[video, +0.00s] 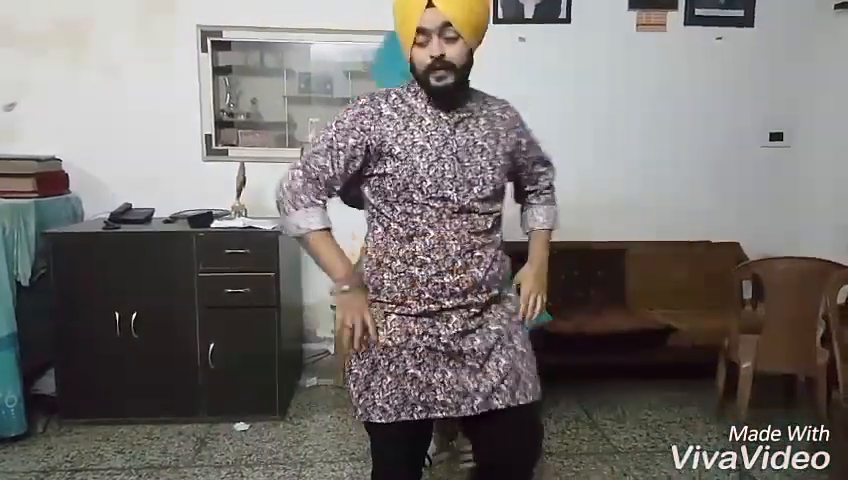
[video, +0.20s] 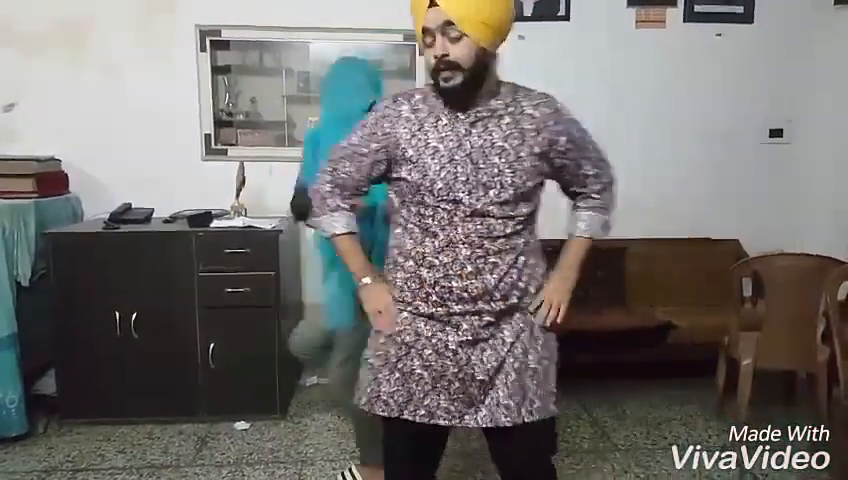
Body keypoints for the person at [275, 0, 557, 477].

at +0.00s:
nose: (437, 50)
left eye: (451, 36)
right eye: (423, 38)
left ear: (473, 43)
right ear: (407, 46)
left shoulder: (501, 119)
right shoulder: (372, 117)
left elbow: (539, 183)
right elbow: (298, 193)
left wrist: (538, 261)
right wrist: (347, 284)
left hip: (489, 330)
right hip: (396, 334)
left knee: (515, 462)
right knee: (397, 471)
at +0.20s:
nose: (438, 50)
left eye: (453, 34)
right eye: (429, 38)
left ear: (489, 38)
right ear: (420, 45)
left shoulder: (538, 117)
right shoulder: (397, 116)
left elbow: (596, 187)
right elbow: (328, 190)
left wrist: (564, 276)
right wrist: (366, 280)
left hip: (511, 338)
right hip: (413, 337)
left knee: (531, 472)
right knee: (405, 473)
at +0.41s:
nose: (455, 49)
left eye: (467, 33)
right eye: (452, 35)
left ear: (514, 33)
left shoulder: (581, 116)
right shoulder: (439, 113)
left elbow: (661, 199)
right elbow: (382, 186)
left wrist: (606, 291)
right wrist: (406, 274)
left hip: (545, 345)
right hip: (448, 341)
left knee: (549, 472)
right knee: (433, 471)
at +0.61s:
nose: (476, 45)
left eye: (487, 30)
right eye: (477, 31)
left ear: (535, 32)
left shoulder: (605, 116)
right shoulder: (477, 110)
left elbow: (691, 214)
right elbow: (439, 184)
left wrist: (625, 306)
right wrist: (444, 265)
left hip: (562, 345)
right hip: (471, 338)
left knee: (566, 472)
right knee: (458, 471)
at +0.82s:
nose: (475, 47)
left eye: (483, 32)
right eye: (477, 32)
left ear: (526, 33)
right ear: (521, 35)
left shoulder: (598, 115)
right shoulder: (498, 108)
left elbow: (680, 222)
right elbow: (473, 167)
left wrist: (616, 314)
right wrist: (451, 191)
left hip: (563, 349)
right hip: (480, 339)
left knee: (566, 471)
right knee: (470, 470)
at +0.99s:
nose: (469, 75)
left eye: (474, 61)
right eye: (470, 62)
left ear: (509, 60)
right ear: (514, 62)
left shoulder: (584, 138)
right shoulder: (492, 139)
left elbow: (651, 245)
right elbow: (457, 209)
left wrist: (595, 345)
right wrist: (443, 159)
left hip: (557, 378)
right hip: (478, 368)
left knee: (558, 471)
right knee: (473, 471)